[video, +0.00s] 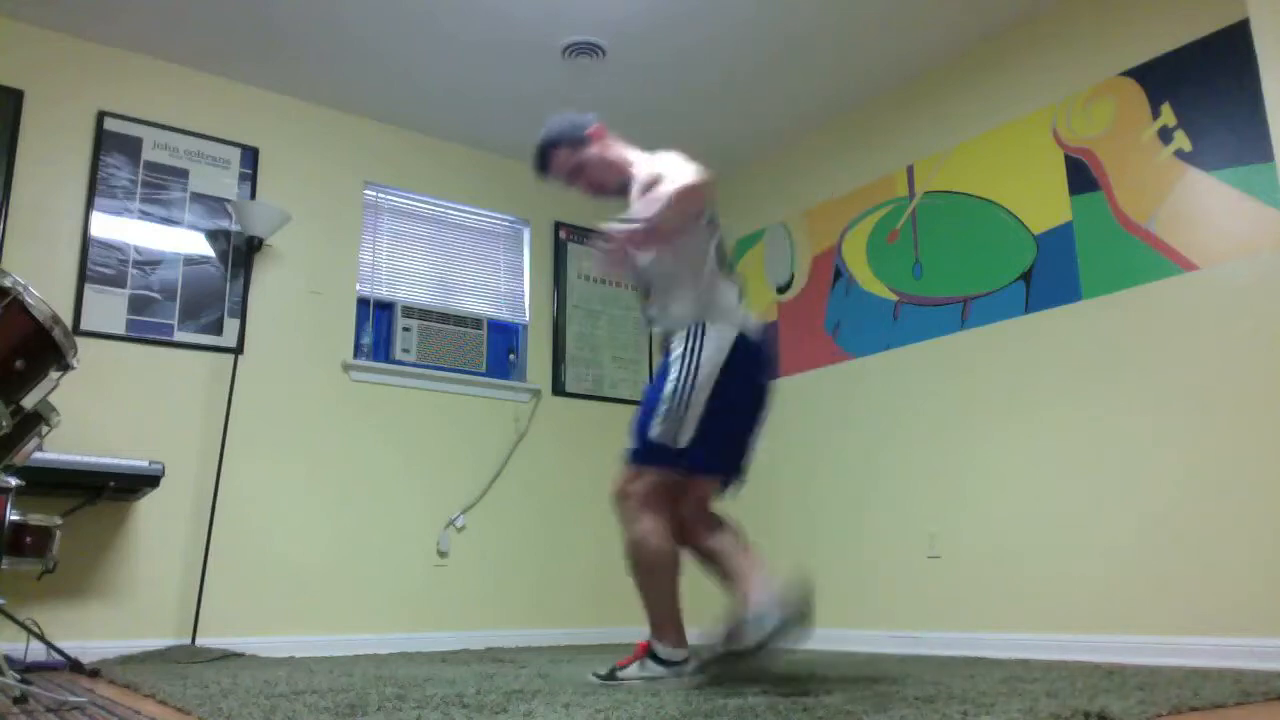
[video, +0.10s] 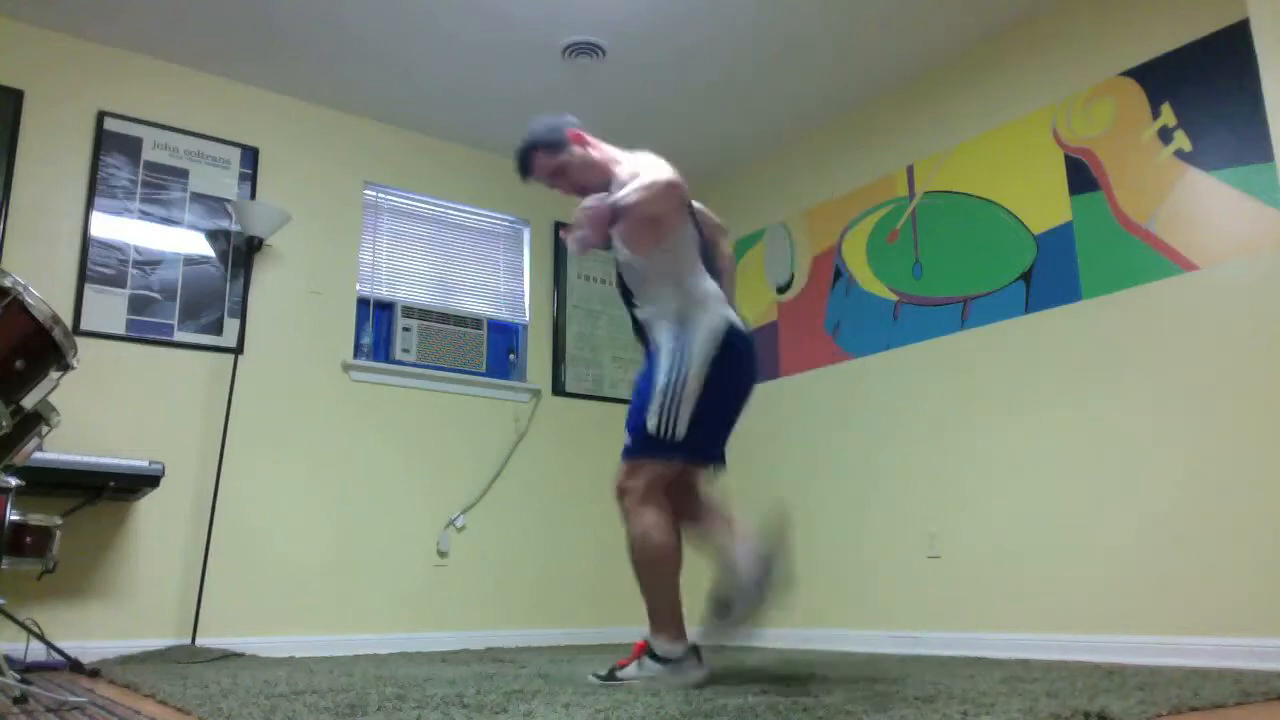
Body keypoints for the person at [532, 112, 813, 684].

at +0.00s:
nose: (582, 185)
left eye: (576, 170)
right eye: (572, 182)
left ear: (596, 137)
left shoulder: (656, 164)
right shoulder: (643, 198)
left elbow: (693, 185)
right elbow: (677, 268)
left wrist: (640, 231)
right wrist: (628, 266)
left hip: (709, 340)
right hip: (729, 344)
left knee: (640, 494)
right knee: (686, 507)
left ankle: (668, 650)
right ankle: (763, 603)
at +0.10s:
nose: (563, 188)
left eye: (559, 175)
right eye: (554, 184)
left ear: (578, 141)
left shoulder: (632, 167)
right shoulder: (631, 185)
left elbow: (667, 186)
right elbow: (715, 233)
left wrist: (609, 211)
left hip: (695, 343)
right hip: (700, 340)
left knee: (639, 490)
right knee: (675, 488)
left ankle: (670, 649)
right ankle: (745, 558)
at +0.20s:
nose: (560, 174)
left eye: (554, 160)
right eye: (550, 171)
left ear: (572, 125)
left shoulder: (625, 147)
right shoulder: (613, 182)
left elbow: (669, 159)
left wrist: (661, 195)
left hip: (677, 310)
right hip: (716, 317)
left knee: (621, 469)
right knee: (695, 481)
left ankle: (661, 618)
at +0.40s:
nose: (558, 196)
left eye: (552, 180)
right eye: (546, 197)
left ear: (568, 149)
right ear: (546, 202)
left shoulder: (621, 174)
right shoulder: (607, 223)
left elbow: (653, 181)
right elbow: (620, 318)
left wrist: (629, 214)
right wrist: (612, 278)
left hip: (682, 338)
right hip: (726, 346)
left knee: (654, 504)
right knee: (699, 503)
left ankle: (679, 648)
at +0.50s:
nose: (547, 210)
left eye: (540, 196)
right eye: (535, 213)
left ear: (549, 164)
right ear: (531, 215)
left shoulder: (601, 183)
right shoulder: (608, 212)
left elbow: (639, 191)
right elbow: (705, 258)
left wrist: (593, 227)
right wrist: (723, 289)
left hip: (685, 335)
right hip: (723, 332)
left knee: (670, 498)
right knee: (740, 489)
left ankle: (680, 648)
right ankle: (840, 525)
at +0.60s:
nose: (547, 203)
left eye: (540, 189)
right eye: (536, 205)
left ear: (548, 160)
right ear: (530, 212)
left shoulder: (592, 179)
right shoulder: (604, 196)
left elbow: (650, 185)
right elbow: (680, 210)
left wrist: (618, 216)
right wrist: (728, 254)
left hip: (668, 325)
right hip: (723, 319)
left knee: (660, 493)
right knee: (775, 464)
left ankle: (682, 645)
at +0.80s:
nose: (549, 233)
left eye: (543, 218)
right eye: (538, 231)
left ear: (557, 185)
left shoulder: (607, 198)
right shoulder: (605, 233)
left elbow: (649, 232)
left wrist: (607, 292)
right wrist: (592, 310)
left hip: (695, 344)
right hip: (745, 345)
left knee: (659, 504)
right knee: (718, 506)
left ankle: (697, 648)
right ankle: (745, 564)